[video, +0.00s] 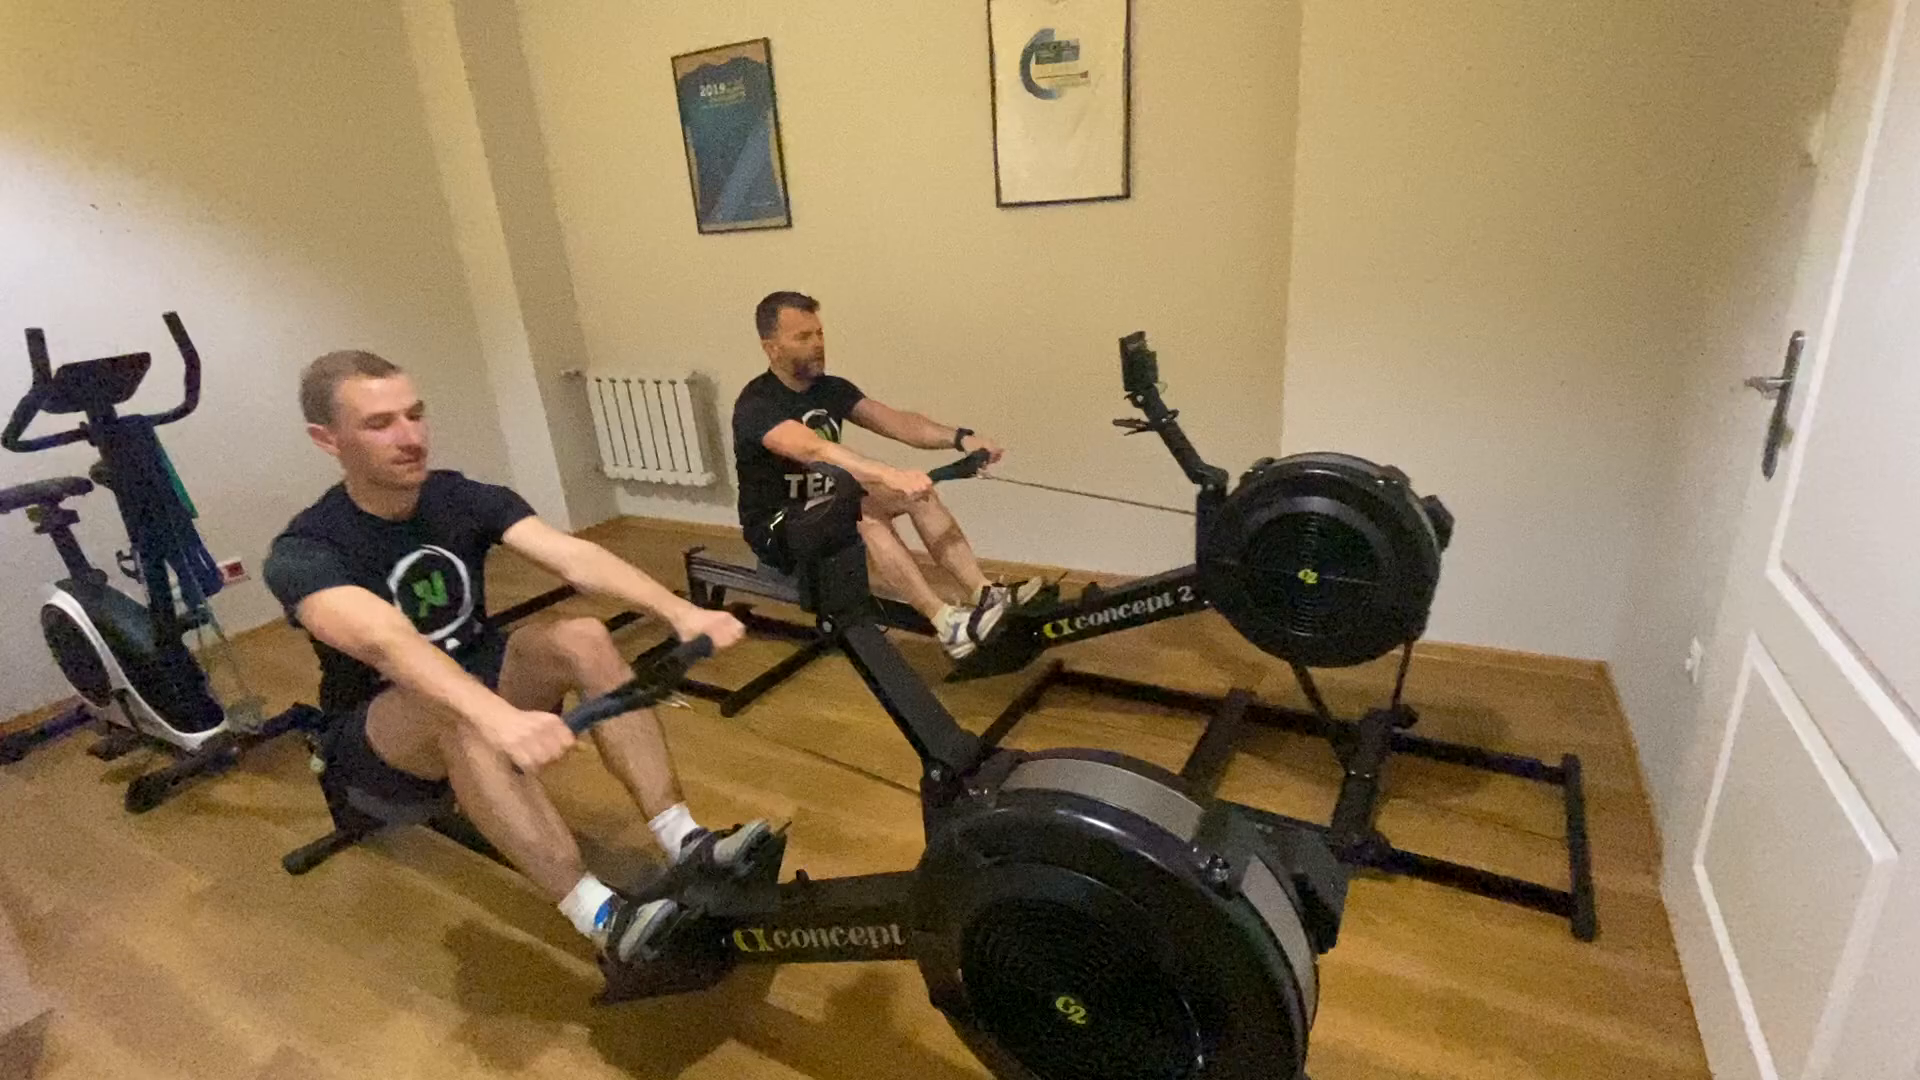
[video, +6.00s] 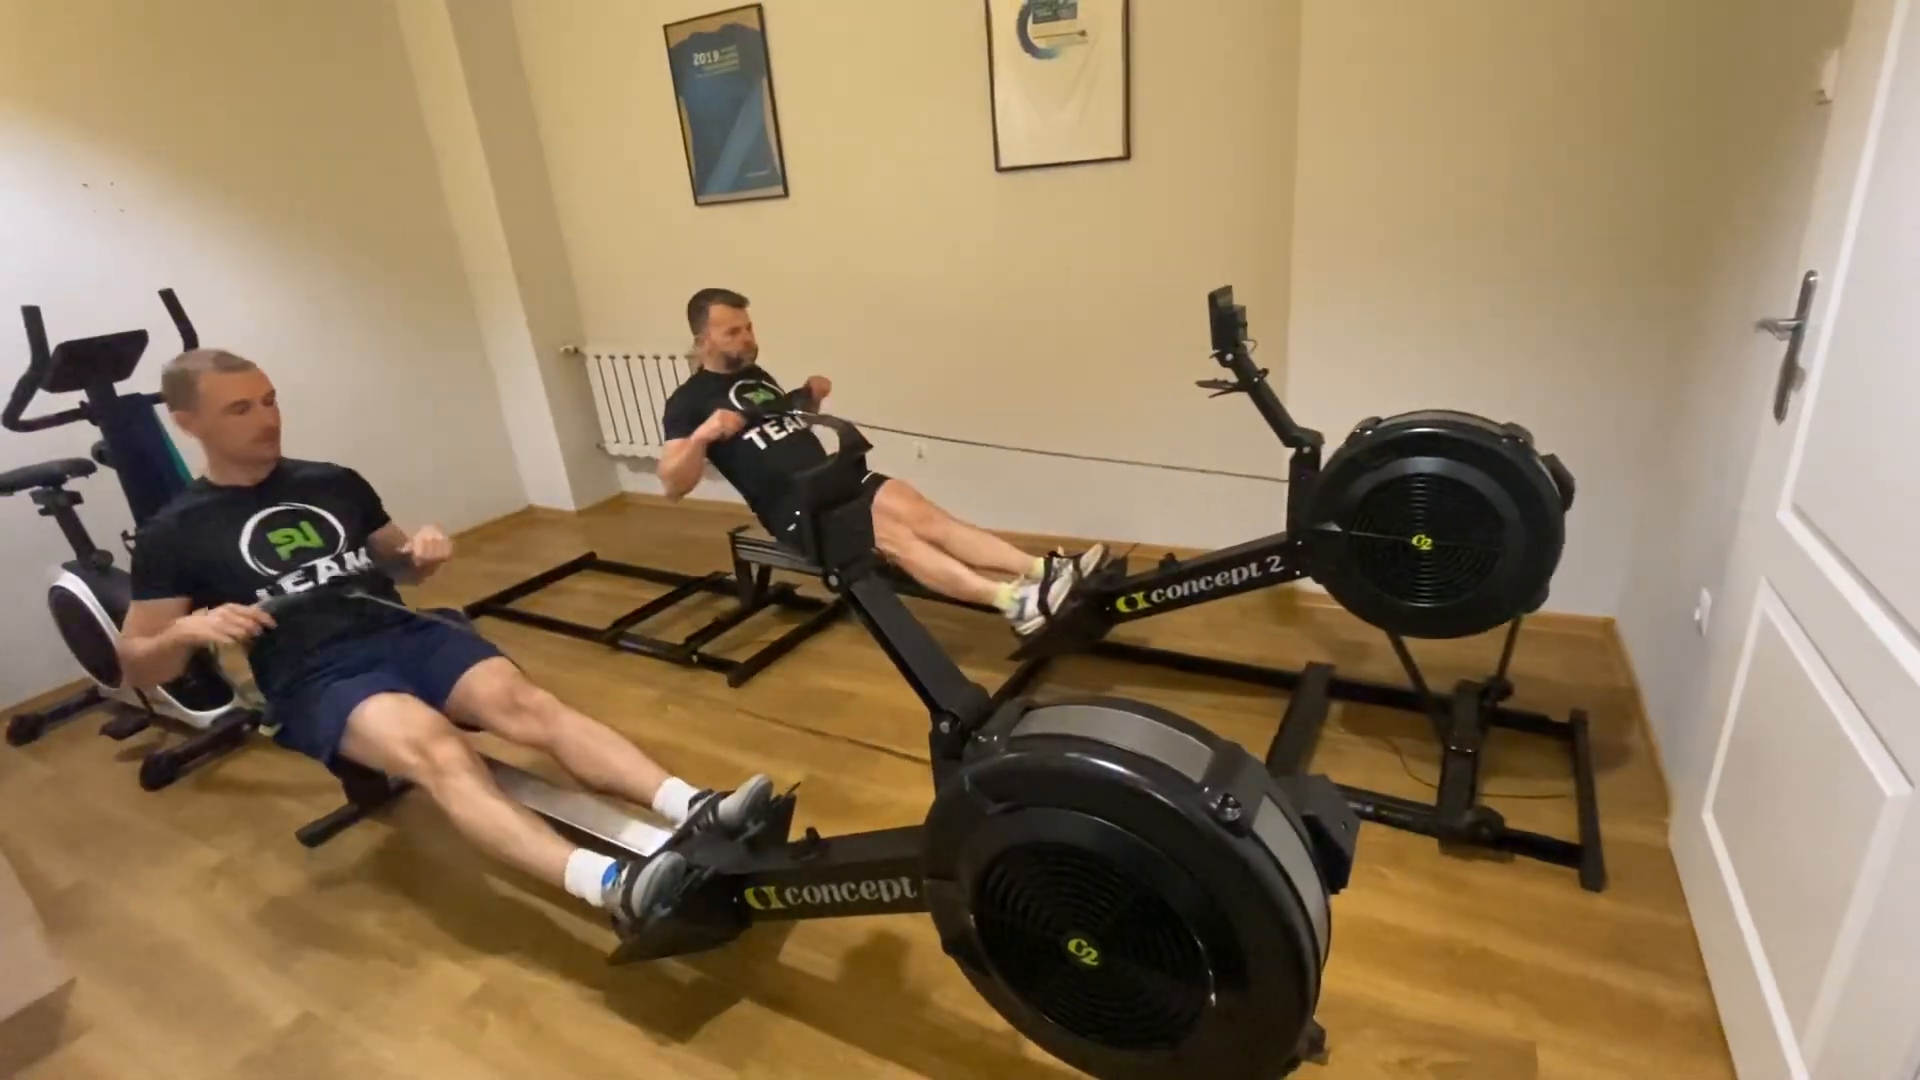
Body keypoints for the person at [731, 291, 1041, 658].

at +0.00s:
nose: (819, 344)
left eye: (820, 334)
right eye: (804, 338)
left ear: (823, 331)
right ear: (772, 348)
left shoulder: (829, 388)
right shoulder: (755, 405)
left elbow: (894, 422)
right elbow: (816, 452)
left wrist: (960, 438)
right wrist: (889, 474)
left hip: (835, 505)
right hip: (781, 527)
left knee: (917, 491)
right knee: (865, 524)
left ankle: (985, 595)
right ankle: (947, 623)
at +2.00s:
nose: (837, 324)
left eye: (837, 314)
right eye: (823, 317)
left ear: (840, 311)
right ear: (790, 329)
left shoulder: (846, 367)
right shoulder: (769, 383)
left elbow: (914, 403)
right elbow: (815, 448)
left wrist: (975, 426)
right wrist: (893, 475)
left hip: (833, 485)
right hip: (777, 506)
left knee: (901, 423)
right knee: (826, 454)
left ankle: (926, 547)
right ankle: (875, 565)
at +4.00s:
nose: (777, 308)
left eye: (778, 299)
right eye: (765, 301)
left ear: (778, 298)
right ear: (731, 308)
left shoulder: (784, 352)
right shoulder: (708, 368)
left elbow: (826, 394)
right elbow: (699, 449)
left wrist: (867, 400)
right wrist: (767, 438)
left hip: (813, 473)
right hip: (765, 496)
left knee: (892, 469)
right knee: (862, 494)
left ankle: (986, 561)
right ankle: (954, 586)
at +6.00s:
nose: (747, 340)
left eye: (748, 328)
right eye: (734, 332)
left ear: (749, 327)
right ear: (700, 337)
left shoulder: (755, 376)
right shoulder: (686, 402)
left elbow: (781, 424)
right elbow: (671, 482)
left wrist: (806, 397)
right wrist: (702, 437)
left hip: (845, 482)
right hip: (803, 512)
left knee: (924, 514)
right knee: (898, 540)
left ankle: (1044, 570)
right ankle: (1015, 603)